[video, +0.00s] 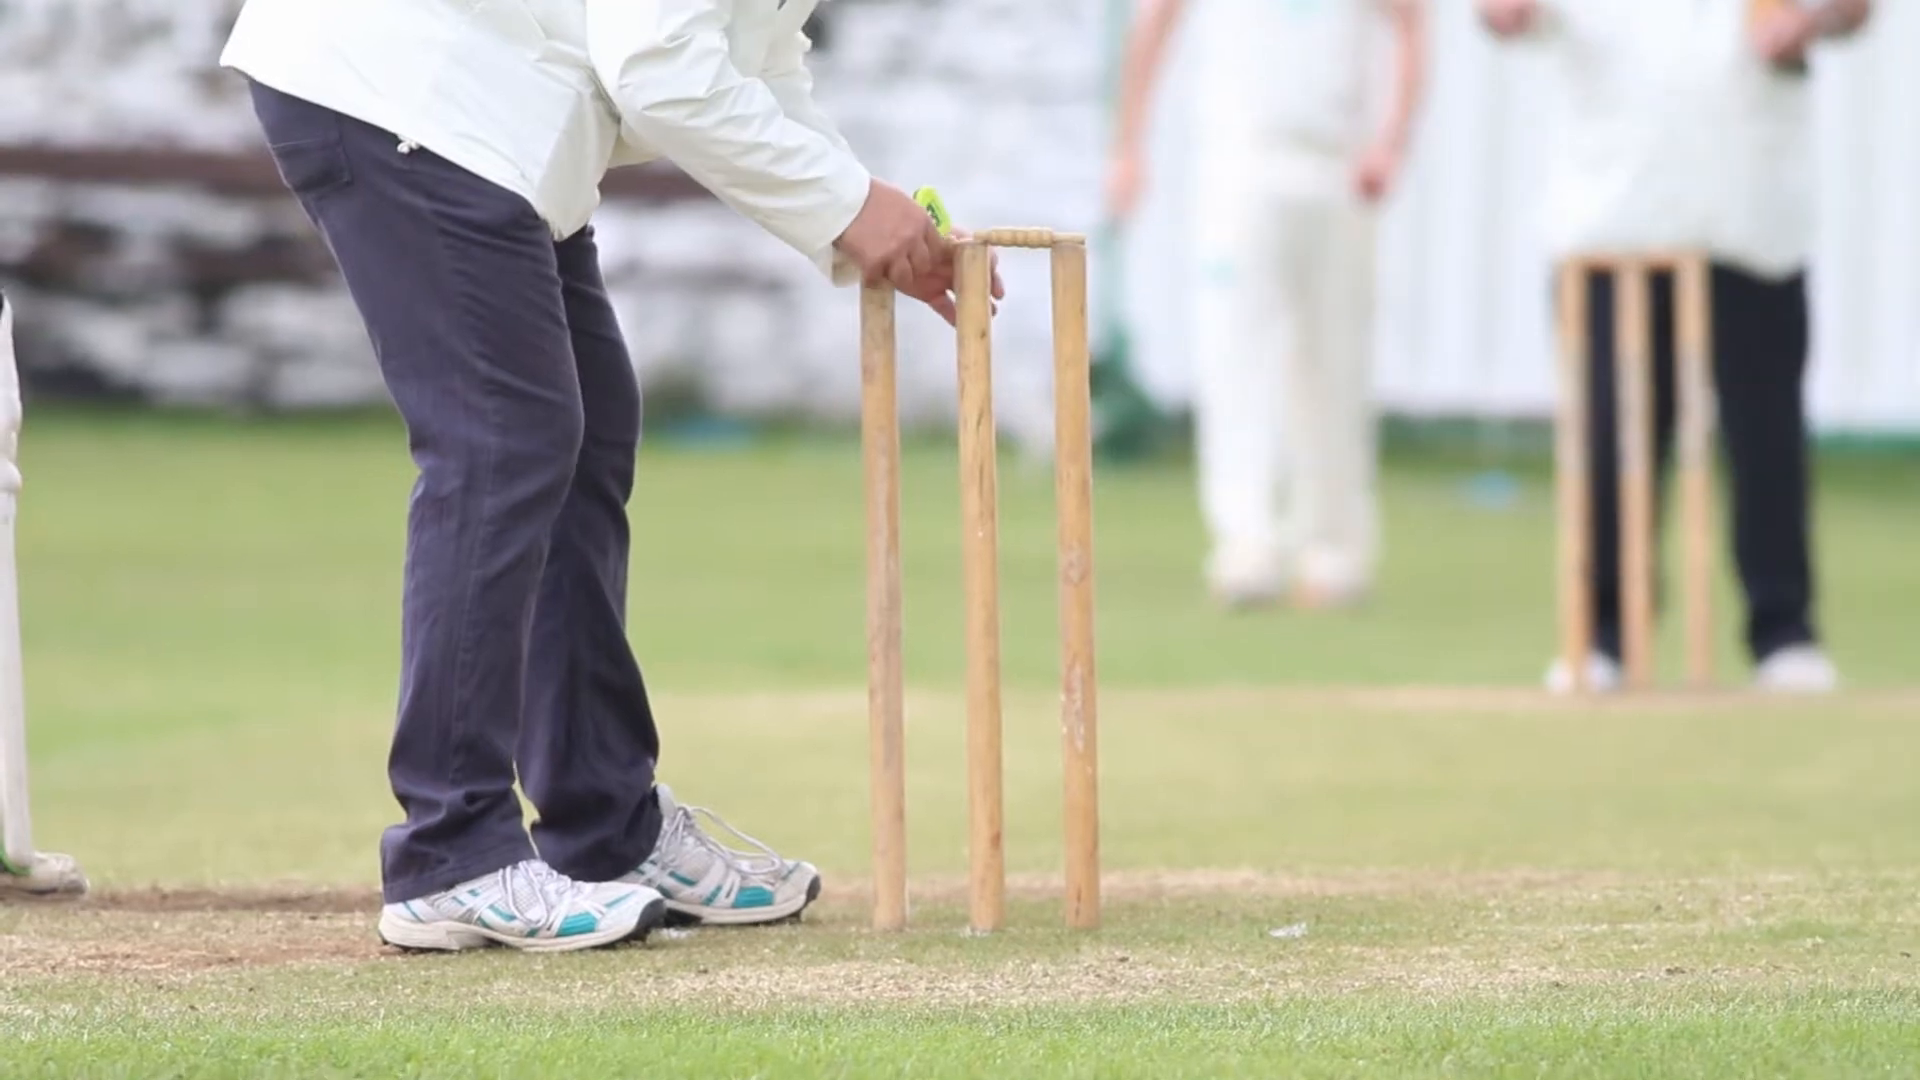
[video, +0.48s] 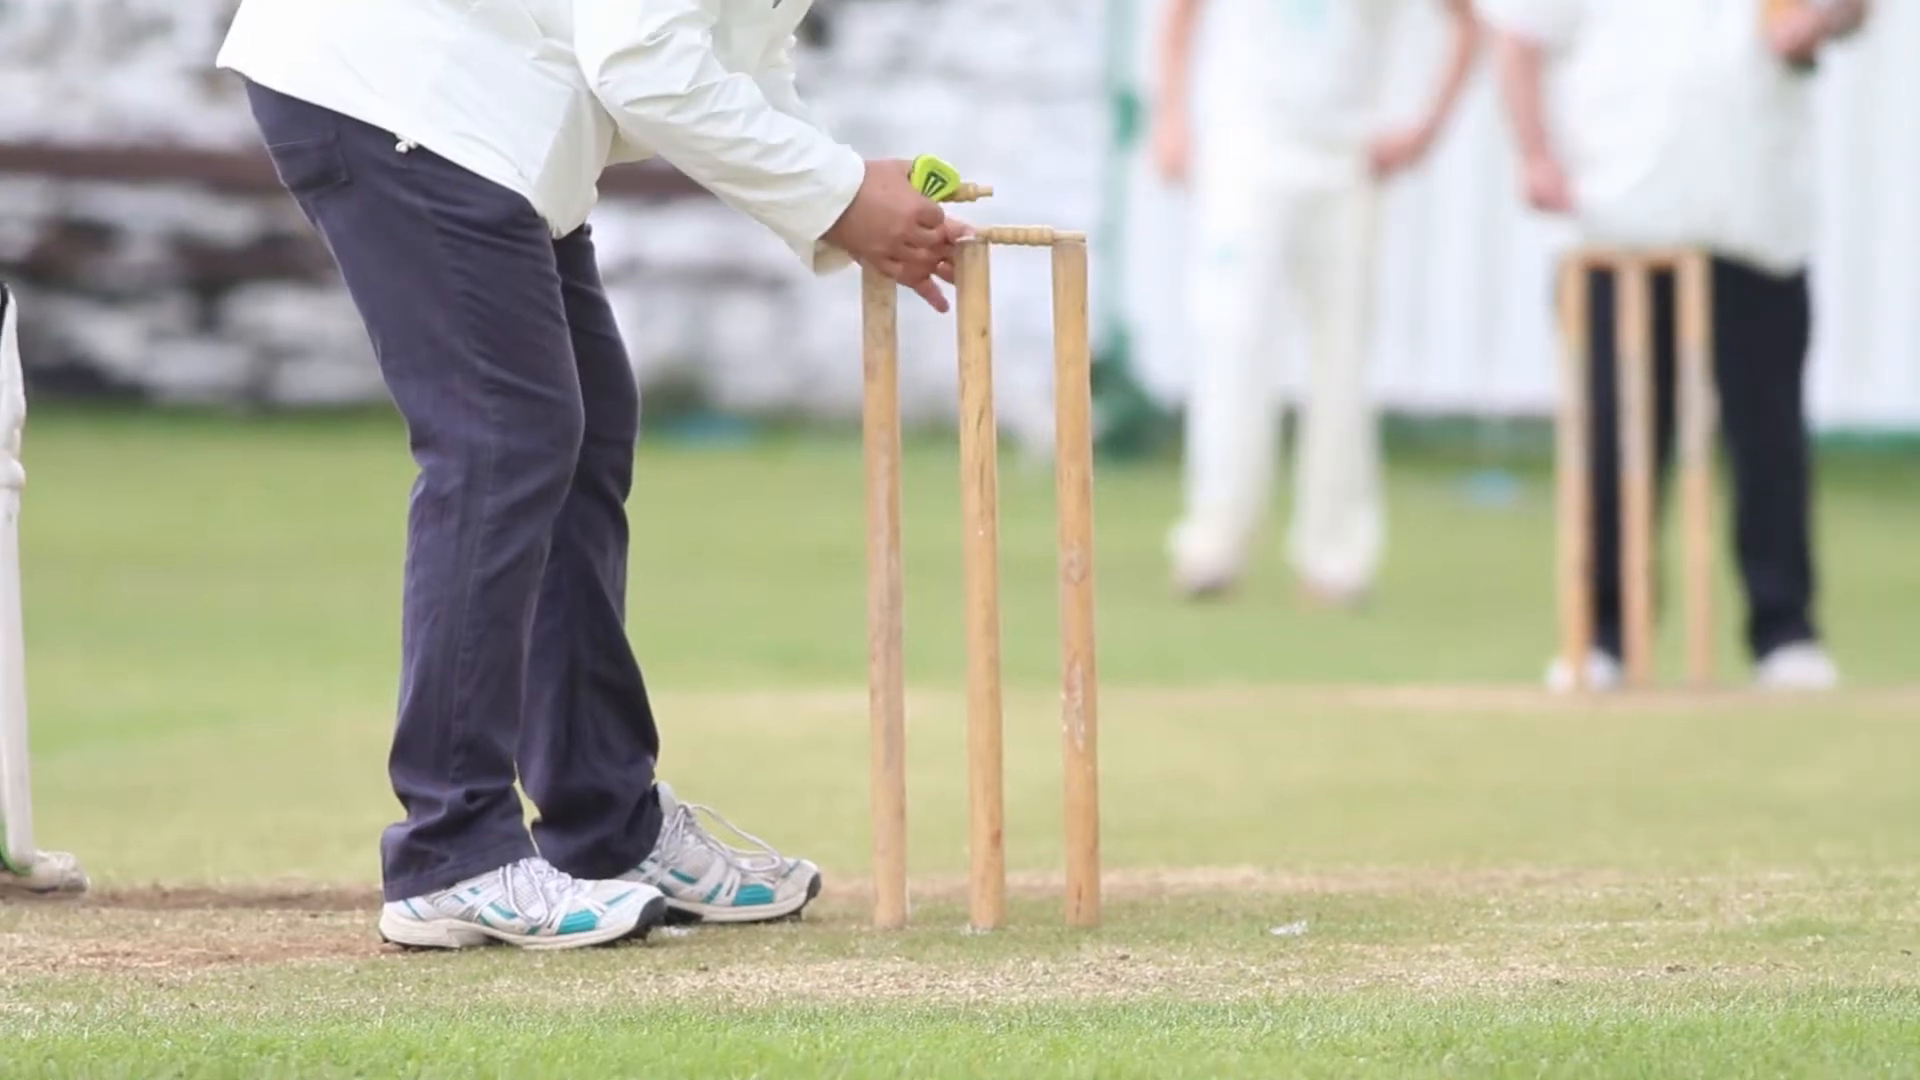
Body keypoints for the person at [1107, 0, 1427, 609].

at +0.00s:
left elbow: (1412, 27)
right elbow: (1151, 25)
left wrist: (1387, 144)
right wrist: (1130, 149)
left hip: (1335, 165)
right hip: (1234, 165)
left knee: (1333, 366)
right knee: (1236, 362)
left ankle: (1332, 547)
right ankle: (1245, 547)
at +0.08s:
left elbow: (1413, 34)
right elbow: (1168, 18)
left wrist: (1391, 174)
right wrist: (1144, 144)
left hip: (1344, 166)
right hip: (1241, 164)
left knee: (1335, 367)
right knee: (1239, 361)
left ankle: (1333, 550)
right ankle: (1246, 546)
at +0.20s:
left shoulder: (1395, 10)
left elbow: (1409, 58)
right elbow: (1179, 20)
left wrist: (1391, 193)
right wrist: (1165, 140)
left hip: (1346, 168)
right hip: (1242, 165)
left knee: (1337, 367)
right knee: (1239, 358)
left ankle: (1334, 553)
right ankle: (1242, 544)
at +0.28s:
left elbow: (1432, 43)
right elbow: (1183, 16)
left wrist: (1400, 174)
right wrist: (1173, 133)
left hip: (1348, 163)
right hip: (1244, 158)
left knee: (1340, 366)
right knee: (1240, 357)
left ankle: (1332, 553)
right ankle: (1239, 544)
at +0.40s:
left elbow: (1464, 29)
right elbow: (1180, 15)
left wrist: (1415, 143)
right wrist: (1172, 125)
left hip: (1347, 158)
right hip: (1243, 154)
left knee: (1341, 365)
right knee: (1233, 352)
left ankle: (1333, 551)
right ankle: (1223, 541)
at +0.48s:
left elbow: (1469, 25)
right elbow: (1179, 12)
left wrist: (1420, 131)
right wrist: (1172, 119)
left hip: (1347, 151)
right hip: (1244, 147)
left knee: (1340, 362)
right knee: (1230, 347)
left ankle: (1334, 551)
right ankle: (1212, 541)